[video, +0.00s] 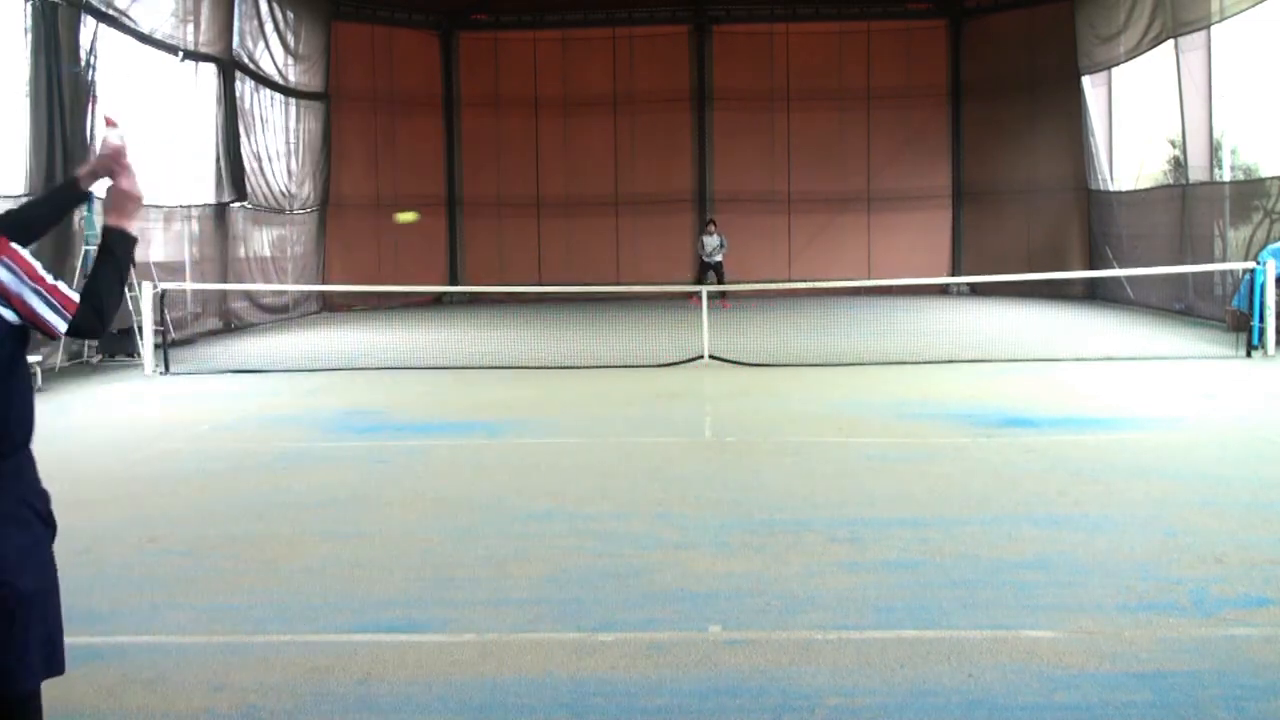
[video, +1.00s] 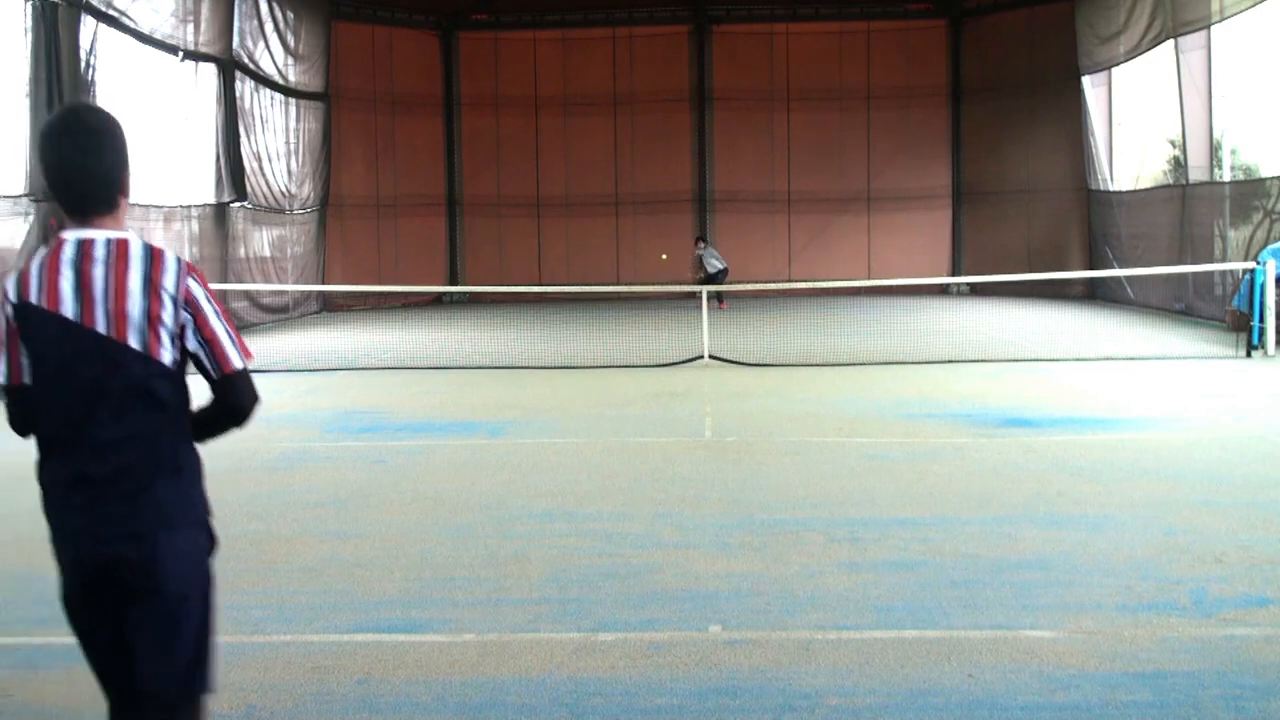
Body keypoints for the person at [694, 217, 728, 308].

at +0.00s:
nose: (711, 229)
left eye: (713, 226)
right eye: (709, 227)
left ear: (715, 228)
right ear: (706, 228)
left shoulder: (720, 237)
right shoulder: (703, 237)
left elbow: (724, 247)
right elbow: (699, 248)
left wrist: (718, 253)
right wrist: (704, 254)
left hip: (717, 260)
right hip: (706, 260)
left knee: (721, 279)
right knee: (700, 278)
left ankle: (723, 298)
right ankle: (696, 295)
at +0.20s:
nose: (706, 240)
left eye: (708, 238)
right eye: (705, 238)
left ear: (711, 240)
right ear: (703, 240)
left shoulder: (716, 249)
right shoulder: (699, 250)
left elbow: (718, 259)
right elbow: (698, 262)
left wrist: (708, 262)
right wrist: (705, 263)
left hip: (715, 271)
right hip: (703, 272)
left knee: (721, 286)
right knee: (695, 285)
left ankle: (726, 302)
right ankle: (694, 301)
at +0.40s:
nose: (703, 239)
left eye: (705, 237)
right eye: (702, 237)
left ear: (708, 238)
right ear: (700, 239)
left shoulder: (711, 246)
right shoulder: (702, 248)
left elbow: (709, 256)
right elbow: (702, 257)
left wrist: (695, 256)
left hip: (716, 268)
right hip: (707, 268)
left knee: (720, 284)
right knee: (700, 283)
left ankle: (726, 301)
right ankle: (699, 300)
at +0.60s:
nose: (699, 241)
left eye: (700, 239)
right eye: (697, 239)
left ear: (704, 239)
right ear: (696, 241)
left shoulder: (707, 247)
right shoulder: (700, 249)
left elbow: (699, 256)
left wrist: (688, 260)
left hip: (716, 268)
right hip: (707, 270)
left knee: (716, 283)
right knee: (701, 283)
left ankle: (726, 300)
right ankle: (701, 299)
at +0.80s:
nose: (698, 245)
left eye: (699, 242)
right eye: (696, 243)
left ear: (703, 243)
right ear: (694, 245)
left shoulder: (706, 251)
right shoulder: (699, 252)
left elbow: (697, 260)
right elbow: (694, 261)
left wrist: (685, 267)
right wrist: (688, 269)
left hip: (717, 269)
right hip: (707, 271)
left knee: (716, 284)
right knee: (699, 284)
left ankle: (721, 302)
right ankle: (700, 300)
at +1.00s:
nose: (700, 245)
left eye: (701, 243)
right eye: (698, 244)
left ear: (704, 243)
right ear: (696, 245)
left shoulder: (709, 250)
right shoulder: (701, 254)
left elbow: (718, 257)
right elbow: (703, 266)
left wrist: (725, 265)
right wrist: (701, 274)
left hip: (721, 270)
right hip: (712, 273)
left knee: (717, 284)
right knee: (702, 284)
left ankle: (721, 302)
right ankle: (706, 302)